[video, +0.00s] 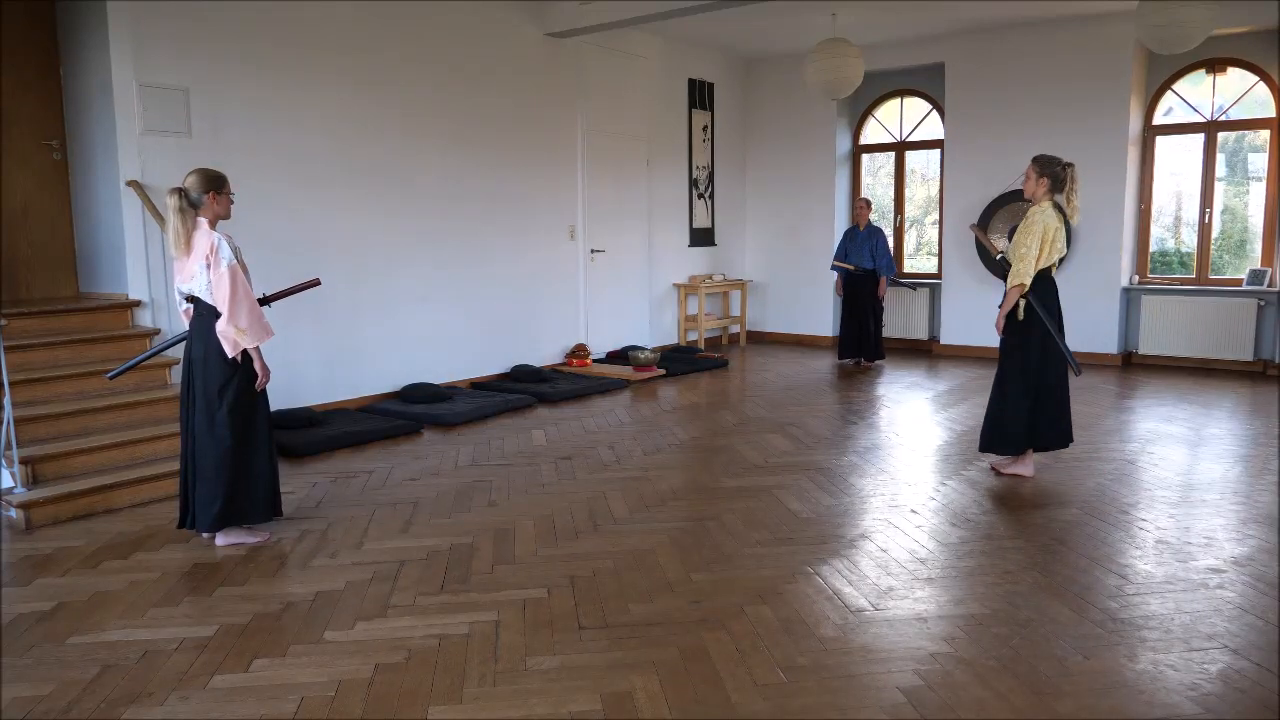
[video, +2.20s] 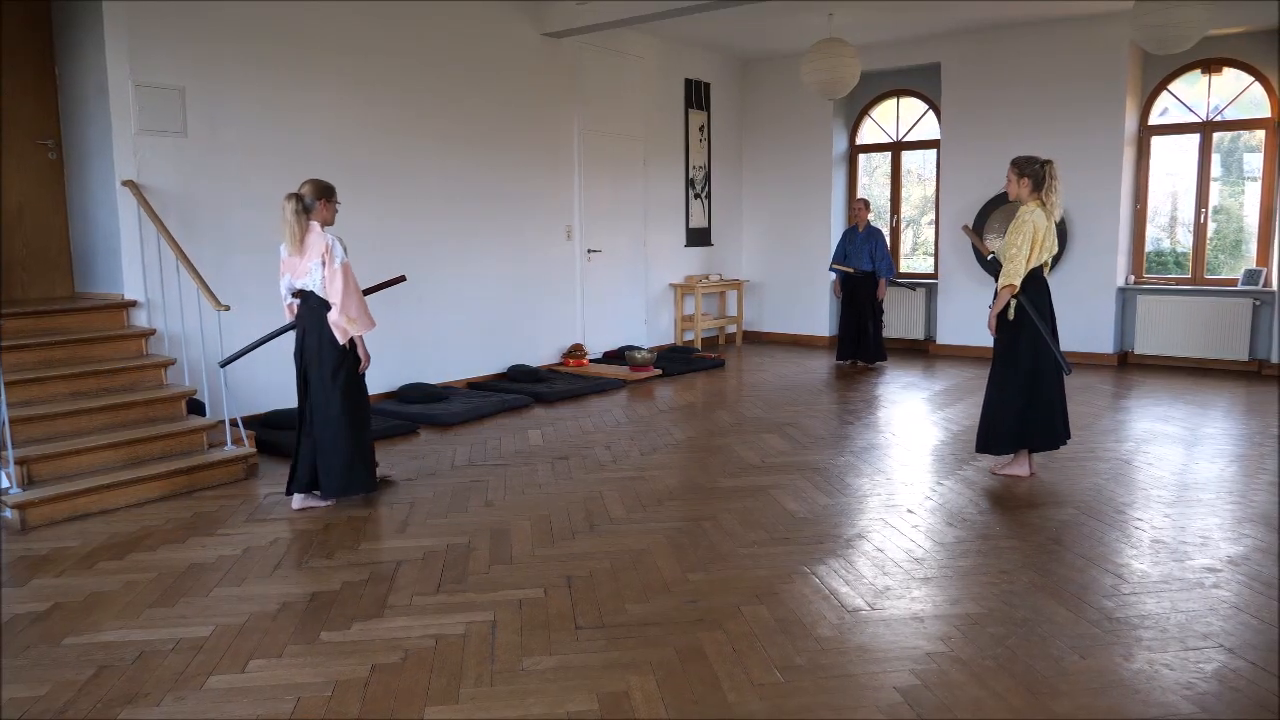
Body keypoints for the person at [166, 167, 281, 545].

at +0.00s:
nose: (232, 202)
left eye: (231, 195)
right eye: (229, 196)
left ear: (203, 199)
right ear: (212, 199)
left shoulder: (184, 241)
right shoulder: (218, 242)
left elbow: (186, 304)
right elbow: (234, 304)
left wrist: (207, 331)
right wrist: (255, 352)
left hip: (200, 344)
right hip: (225, 345)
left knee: (209, 432)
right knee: (232, 433)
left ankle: (212, 521)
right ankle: (230, 526)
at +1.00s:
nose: (237, 206)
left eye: (236, 199)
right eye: (234, 200)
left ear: (203, 202)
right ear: (219, 202)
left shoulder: (186, 245)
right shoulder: (224, 244)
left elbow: (185, 303)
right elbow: (242, 304)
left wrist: (201, 334)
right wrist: (264, 349)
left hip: (201, 340)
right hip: (232, 339)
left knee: (213, 425)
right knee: (260, 415)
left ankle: (216, 515)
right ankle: (276, 502)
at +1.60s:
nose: (288, 205)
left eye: (286, 199)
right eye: (285, 200)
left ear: (256, 203)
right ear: (271, 202)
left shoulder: (237, 245)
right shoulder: (280, 242)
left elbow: (236, 301)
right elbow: (294, 299)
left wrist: (252, 327)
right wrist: (312, 344)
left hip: (251, 332)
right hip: (281, 332)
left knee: (247, 413)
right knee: (298, 411)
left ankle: (221, 500)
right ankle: (306, 493)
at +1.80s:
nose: (305, 204)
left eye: (304, 199)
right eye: (302, 199)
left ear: (275, 201)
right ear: (289, 201)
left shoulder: (254, 244)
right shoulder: (298, 240)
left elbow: (256, 298)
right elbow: (314, 297)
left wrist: (273, 324)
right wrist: (333, 339)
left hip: (272, 330)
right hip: (302, 330)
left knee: (275, 406)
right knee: (309, 408)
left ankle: (254, 486)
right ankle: (305, 493)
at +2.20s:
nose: (337, 210)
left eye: (336, 204)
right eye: (335, 204)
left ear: (310, 206)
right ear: (322, 206)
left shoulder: (290, 246)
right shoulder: (329, 242)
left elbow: (290, 301)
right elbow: (342, 298)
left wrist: (307, 325)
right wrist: (358, 340)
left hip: (306, 331)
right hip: (331, 330)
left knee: (314, 408)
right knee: (340, 406)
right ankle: (305, 491)